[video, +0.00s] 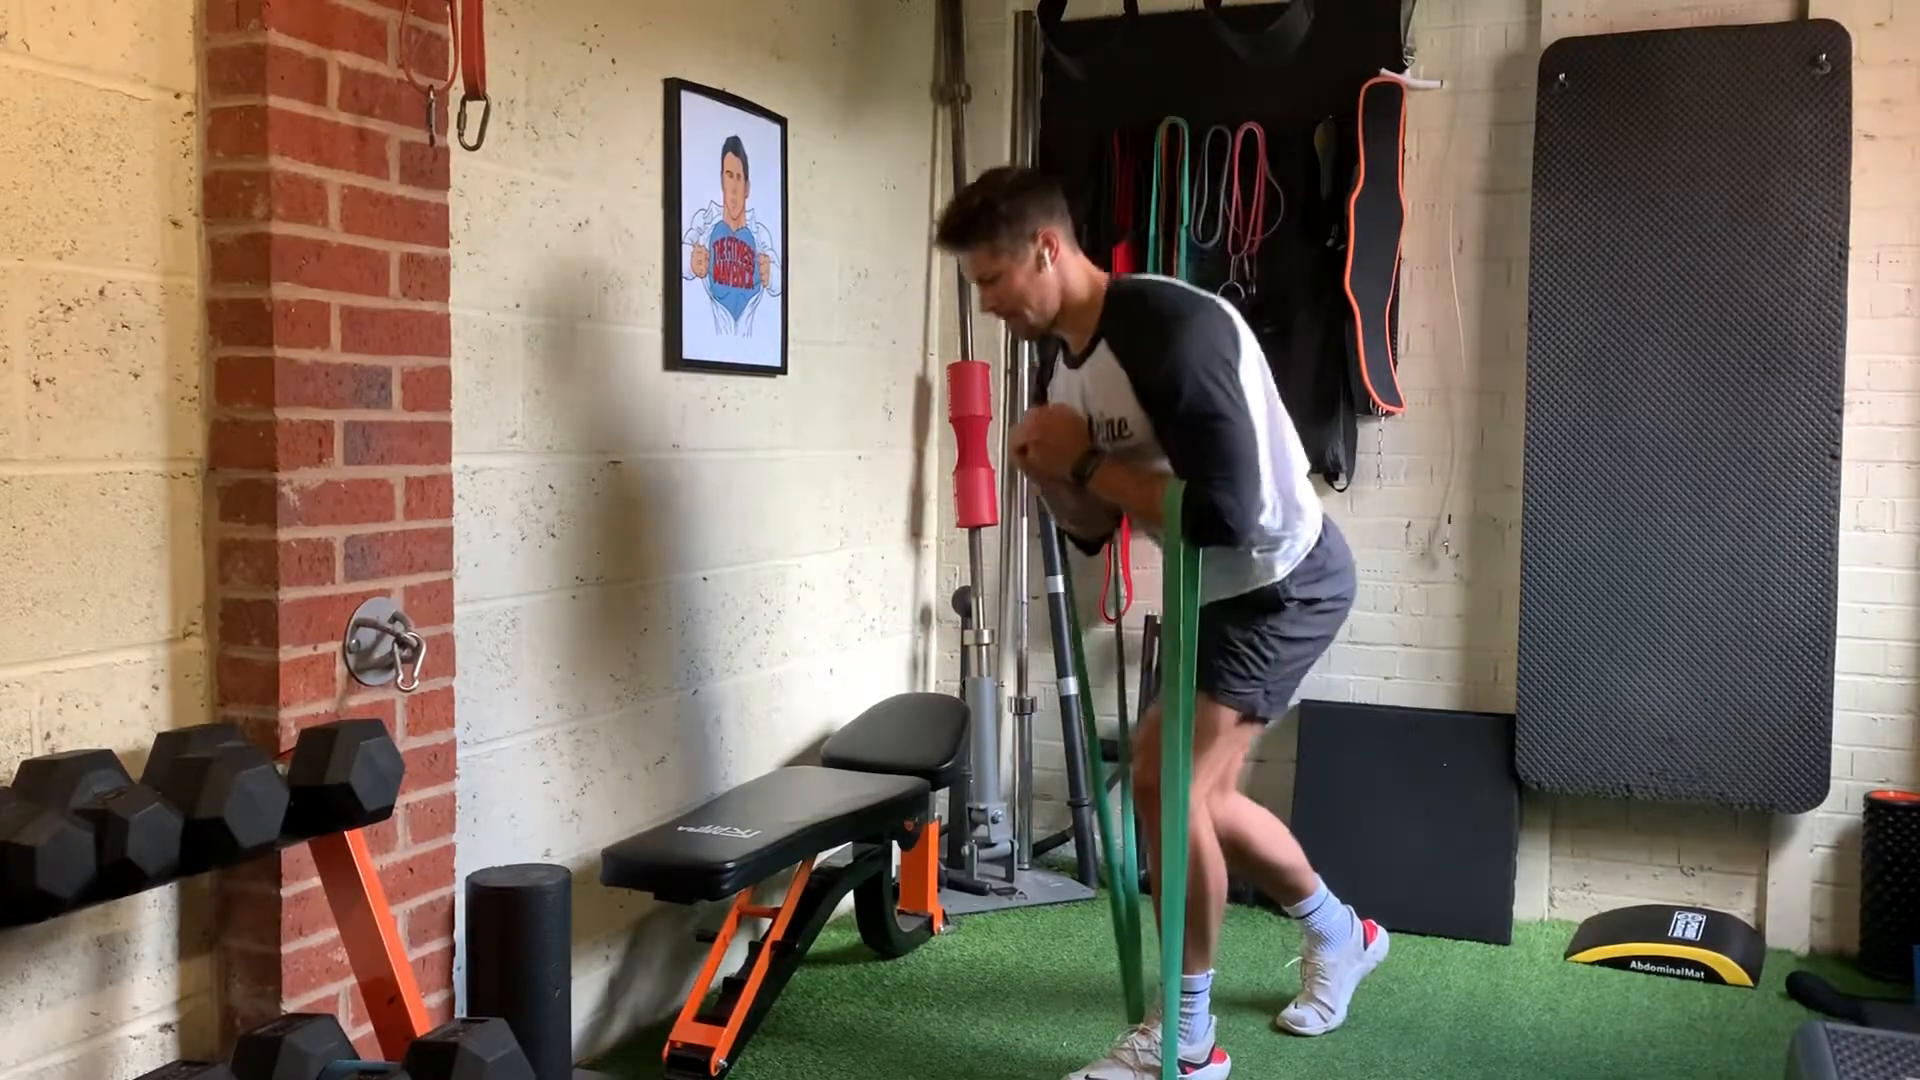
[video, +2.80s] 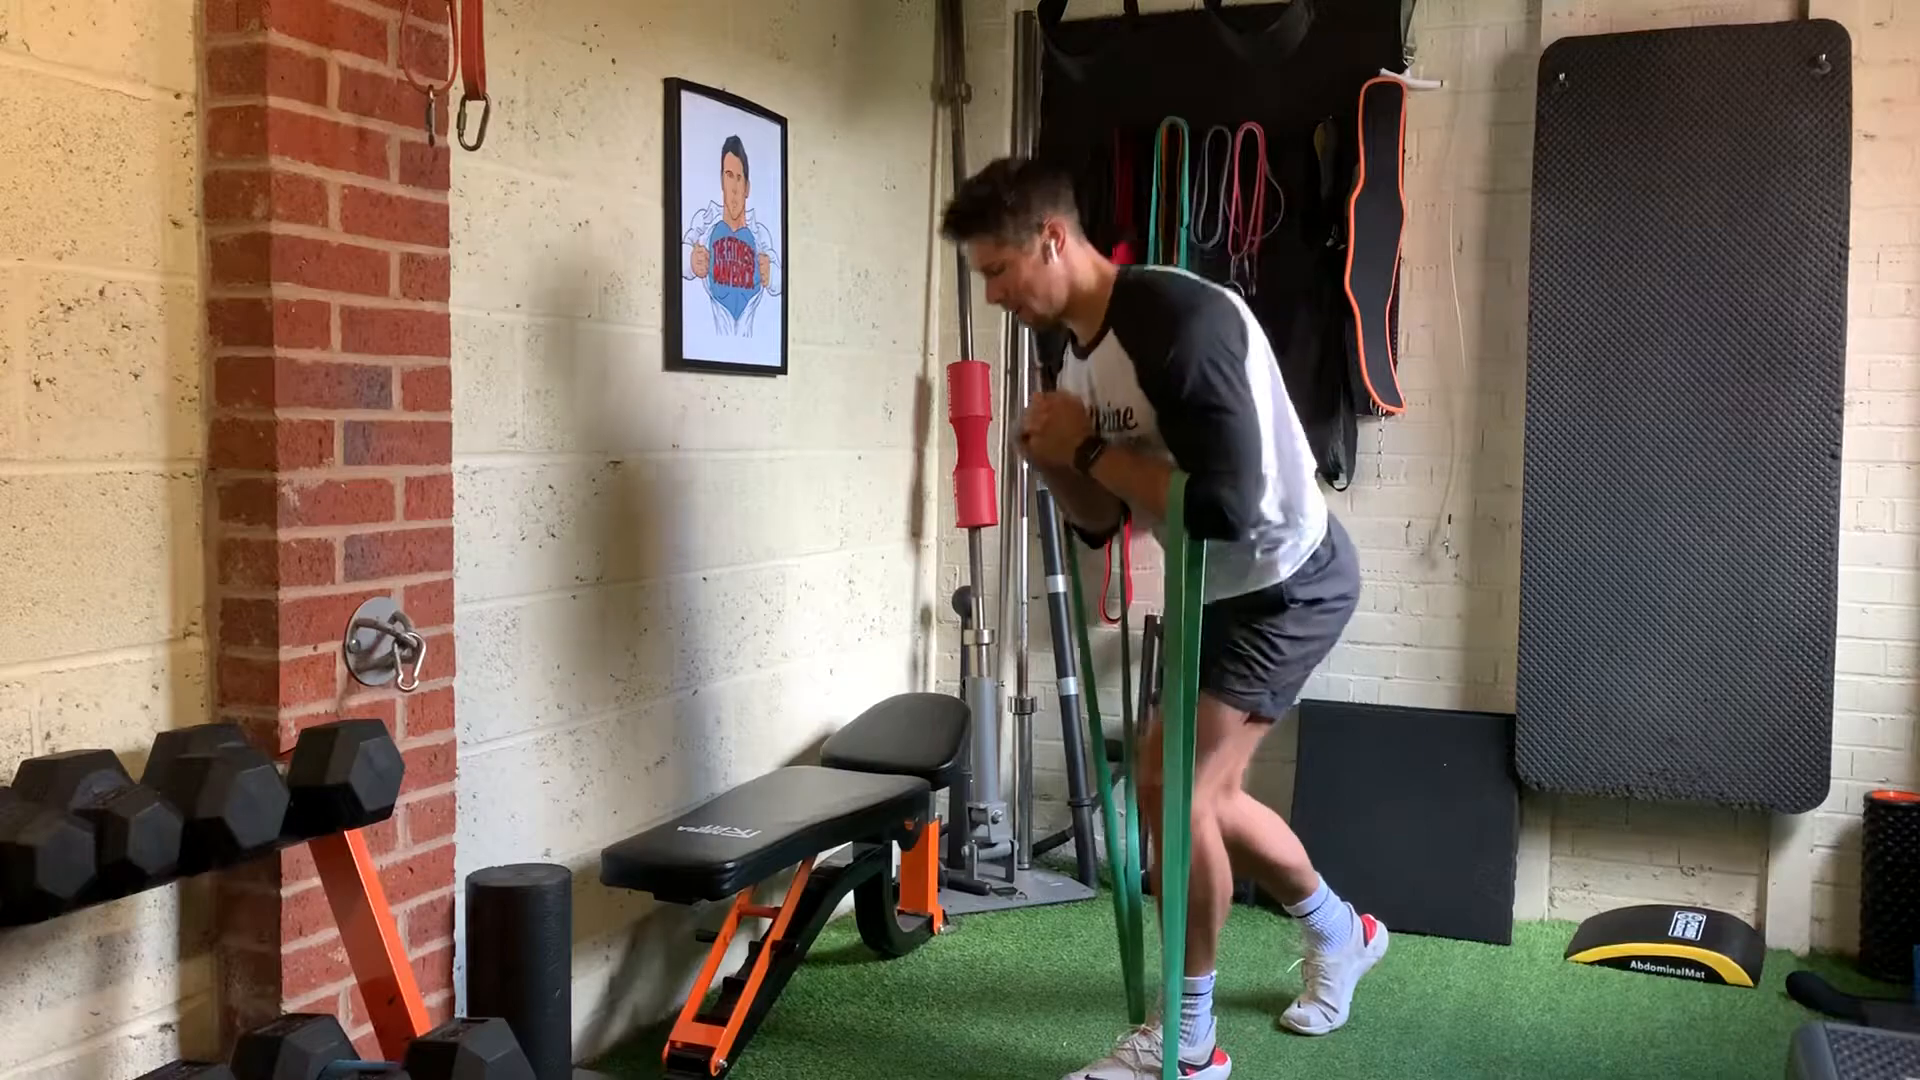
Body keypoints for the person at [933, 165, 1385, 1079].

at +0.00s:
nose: (987, 303)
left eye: (995, 279)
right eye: (976, 285)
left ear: (1051, 249)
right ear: (1036, 258)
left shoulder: (1178, 332)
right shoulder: (1063, 361)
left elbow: (1229, 514)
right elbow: (1096, 532)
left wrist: (1088, 466)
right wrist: (1049, 473)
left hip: (1285, 578)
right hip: (1210, 578)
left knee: (1162, 779)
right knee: (1201, 794)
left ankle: (1187, 1035)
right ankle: (1341, 931)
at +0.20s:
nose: (944, 412)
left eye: (950, 387)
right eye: (937, 394)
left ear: (1008, 356)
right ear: (1005, 362)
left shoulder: (1149, 410)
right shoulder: (1032, 451)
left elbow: (1221, 584)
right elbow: (1093, 605)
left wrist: (1079, 548)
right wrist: (1042, 565)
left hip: (1309, 589)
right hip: (1233, 599)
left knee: (1173, 788)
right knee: (1201, 809)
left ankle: (1187, 1034)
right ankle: (1342, 934)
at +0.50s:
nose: (922, 539)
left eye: (926, 518)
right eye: (913, 522)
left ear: (981, 488)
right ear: (981, 490)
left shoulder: (1128, 513)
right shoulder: (1020, 552)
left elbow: (1222, 680)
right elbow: (1099, 685)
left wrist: (1076, 657)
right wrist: (1043, 670)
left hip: (1327, 597)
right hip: (1243, 610)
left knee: (1196, 797)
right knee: (1199, 810)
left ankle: (1187, 1041)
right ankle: (1348, 938)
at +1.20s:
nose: (949, 429)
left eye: (954, 406)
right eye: (939, 411)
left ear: (1012, 375)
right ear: (1010, 380)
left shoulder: (1143, 429)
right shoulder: (1034, 467)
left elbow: (1217, 603)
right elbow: (1096, 616)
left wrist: (1079, 563)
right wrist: (1036, 576)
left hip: (1317, 590)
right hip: (1239, 602)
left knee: (1178, 789)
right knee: (1212, 824)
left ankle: (1186, 1036)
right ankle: (1347, 935)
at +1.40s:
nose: (989, 311)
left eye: (997, 286)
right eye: (978, 293)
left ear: (1053, 256)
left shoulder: (1176, 337)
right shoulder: (1056, 368)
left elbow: (1219, 519)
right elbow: (1086, 538)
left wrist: (1087, 463)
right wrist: (1050, 466)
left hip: (1294, 576)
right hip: (1218, 585)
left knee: (1170, 781)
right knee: (1223, 816)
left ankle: (1187, 1035)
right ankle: (1351, 938)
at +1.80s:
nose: (1089, 185)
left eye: (1100, 161)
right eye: (1075, 167)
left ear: (1154, 134)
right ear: (1072, 160)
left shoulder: (1247, 240)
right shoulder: (1116, 255)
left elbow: (1243, 414)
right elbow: (1090, 428)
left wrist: (1127, 327)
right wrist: (1088, 336)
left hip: (1236, 545)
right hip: (1156, 553)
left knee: (1164, 768)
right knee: (1232, 774)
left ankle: (1187, 1033)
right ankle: (1340, 930)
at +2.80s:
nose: (991, 295)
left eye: (999, 271)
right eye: (981, 276)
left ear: (1057, 242)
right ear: (1049, 249)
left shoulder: (1184, 326)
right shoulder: (1068, 348)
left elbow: (1227, 508)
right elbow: (1105, 525)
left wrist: (1089, 453)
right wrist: (1056, 463)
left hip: (1290, 579)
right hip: (1213, 580)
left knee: (1169, 782)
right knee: (1200, 790)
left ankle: (1188, 1036)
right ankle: (1343, 931)